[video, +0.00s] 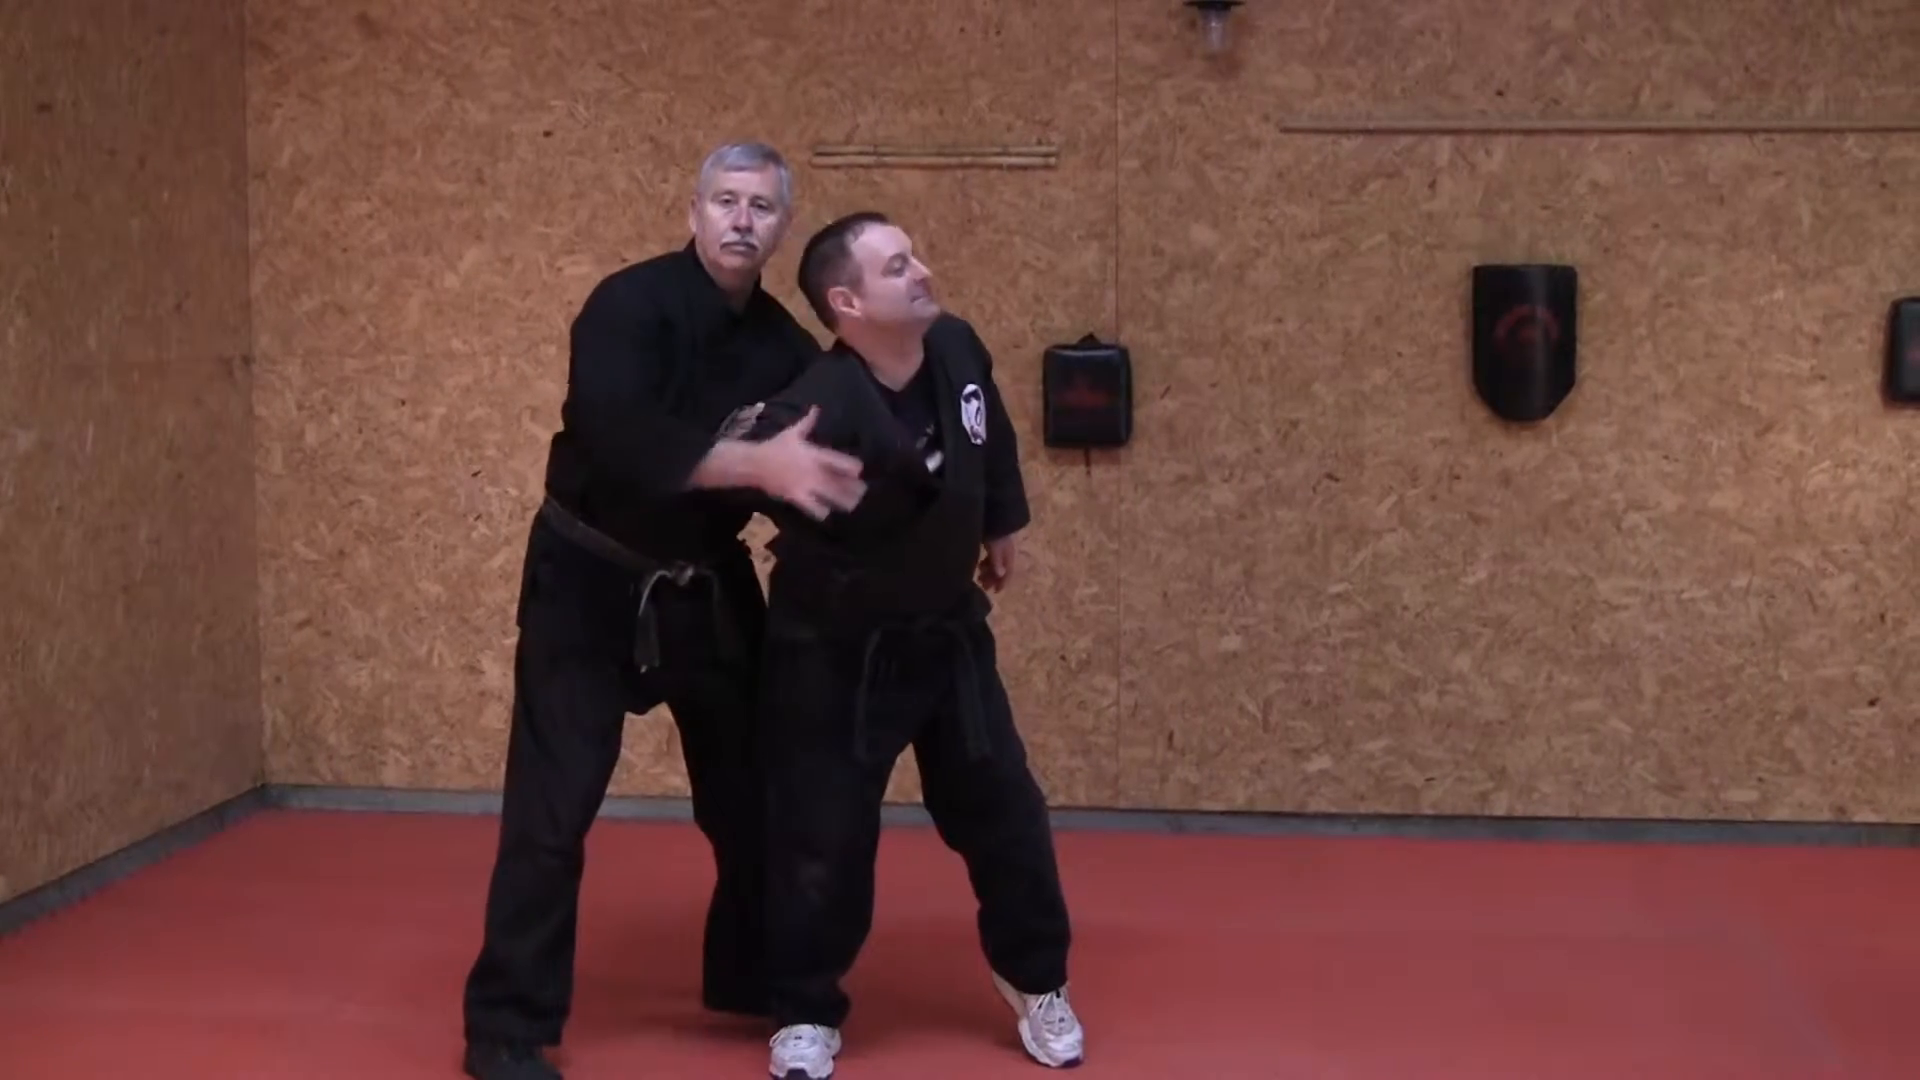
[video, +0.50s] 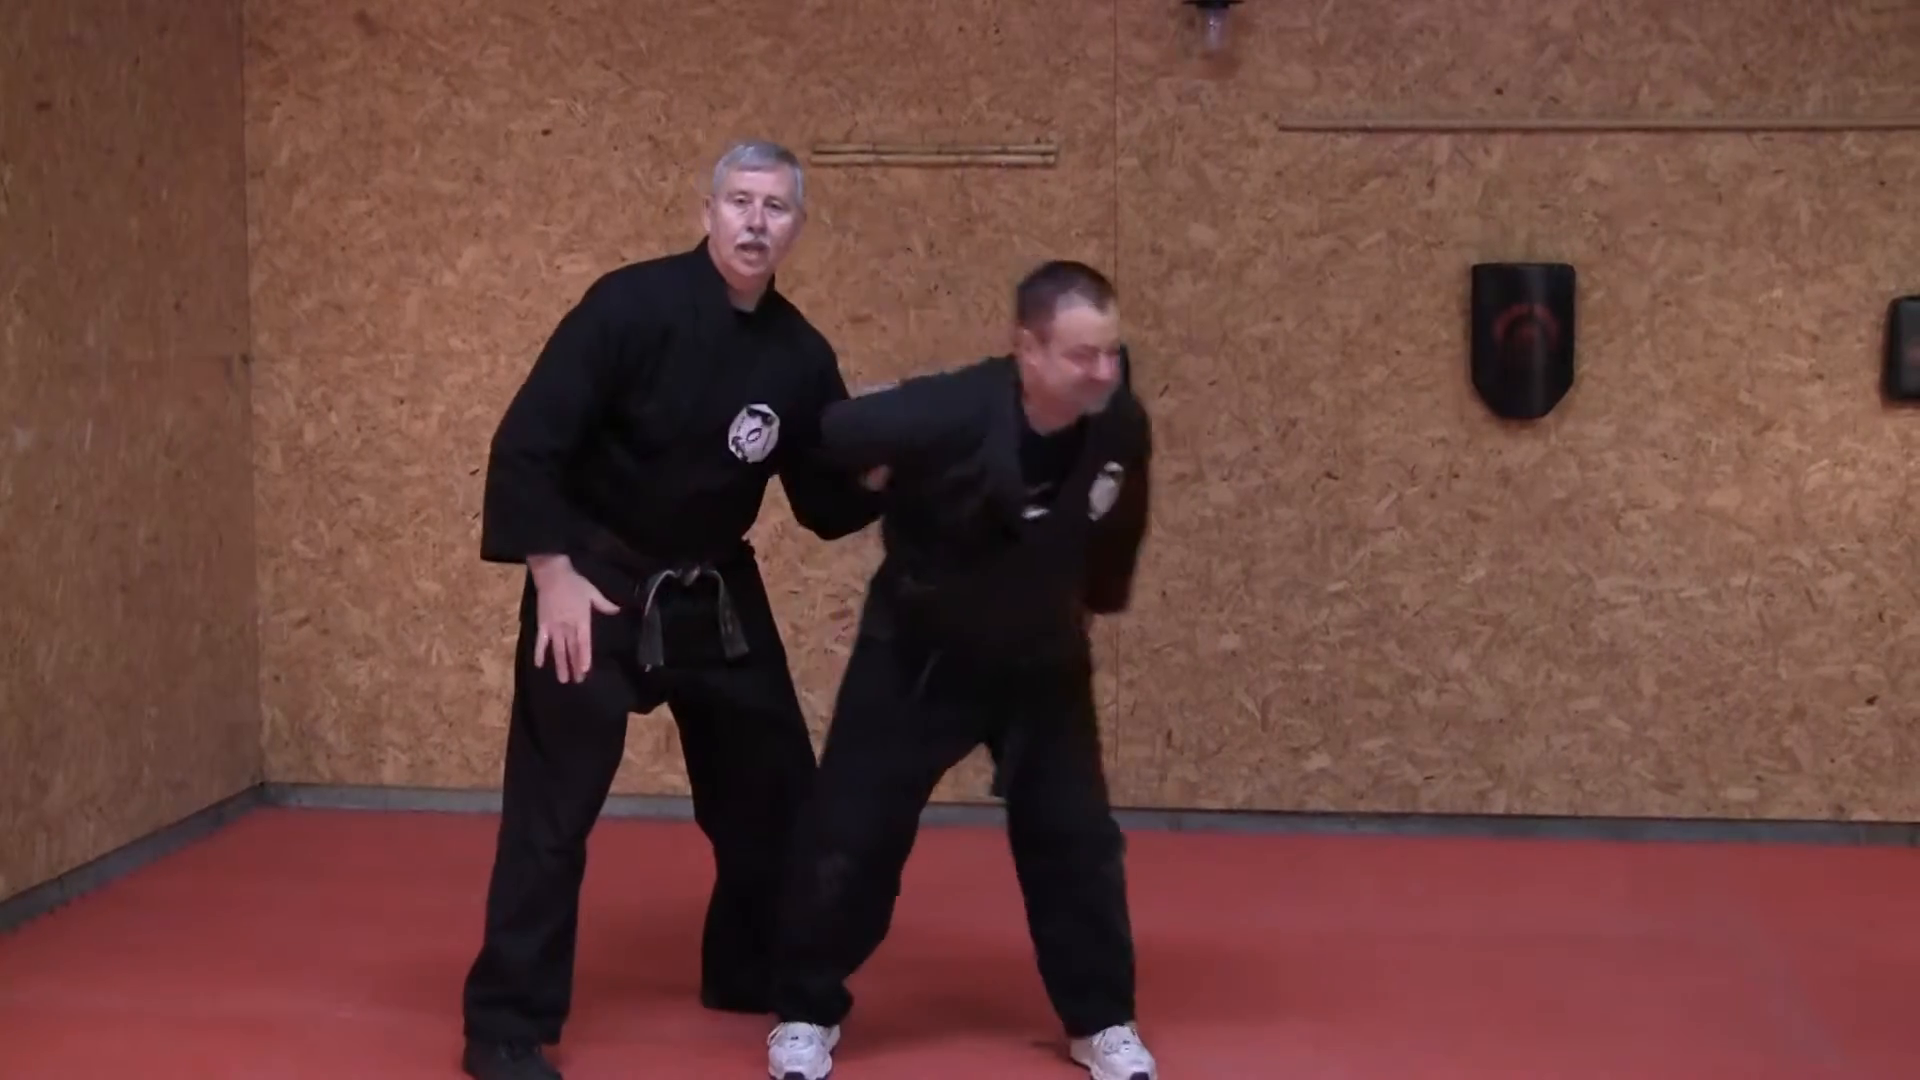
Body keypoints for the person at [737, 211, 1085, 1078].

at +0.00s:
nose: (922, 273)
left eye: (916, 259)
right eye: (897, 268)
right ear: (845, 305)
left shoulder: (954, 347)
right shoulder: (815, 410)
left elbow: (991, 436)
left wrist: (1004, 524)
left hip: (944, 631)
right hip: (831, 648)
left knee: (1003, 808)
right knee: (821, 832)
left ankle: (1038, 983)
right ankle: (806, 1014)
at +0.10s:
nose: (937, 283)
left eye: (932, 268)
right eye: (914, 278)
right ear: (859, 312)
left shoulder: (965, 353)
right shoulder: (829, 406)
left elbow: (995, 443)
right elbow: (733, 466)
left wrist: (1003, 527)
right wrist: (734, 444)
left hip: (951, 632)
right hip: (837, 645)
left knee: (1011, 807)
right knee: (826, 831)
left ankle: (1037, 979)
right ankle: (808, 1013)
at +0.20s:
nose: (964, 302)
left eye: (959, 285)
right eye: (940, 295)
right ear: (882, 322)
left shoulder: (980, 361)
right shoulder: (838, 416)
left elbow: (1005, 452)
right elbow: (733, 474)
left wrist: (1005, 536)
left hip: (962, 629)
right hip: (846, 645)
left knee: (1030, 803)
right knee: (828, 833)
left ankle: (1042, 968)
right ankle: (807, 1015)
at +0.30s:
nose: (1002, 319)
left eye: (999, 302)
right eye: (981, 310)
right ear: (919, 330)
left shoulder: (1013, 375)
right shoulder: (863, 419)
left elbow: (1025, 460)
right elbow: (759, 454)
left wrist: (1021, 541)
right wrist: (772, 434)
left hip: (973, 634)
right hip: (861, 645)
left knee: (1037, 812)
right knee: (835, 829)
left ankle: (1074, 989)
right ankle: (807, 1015)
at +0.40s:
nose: (1053, 344)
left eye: (1052, 327)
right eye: (1031, 332)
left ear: (1055, 325)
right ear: (970, 340)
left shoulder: (1063, 408)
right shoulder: (903, 417)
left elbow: (1056, 537)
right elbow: (793, 445)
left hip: (997, 651)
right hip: (882, 655)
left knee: (1046, 830)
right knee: (839, 833)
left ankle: (1092, 1011)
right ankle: (807, 1015)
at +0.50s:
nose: (1104, 372)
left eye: (1113, 352)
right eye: (1082, 354)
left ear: (1121, 347)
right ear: (1025, 349)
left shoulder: (1119, 426)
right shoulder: (952, 413)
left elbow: (1119, 518)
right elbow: (827, 437)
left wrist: (1102, 590)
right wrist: (878, 489)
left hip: (1040, 652)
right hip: (918, 652)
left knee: (1077, 838)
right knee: (854, 828)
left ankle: (1101, 1018)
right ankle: (807, 1013)